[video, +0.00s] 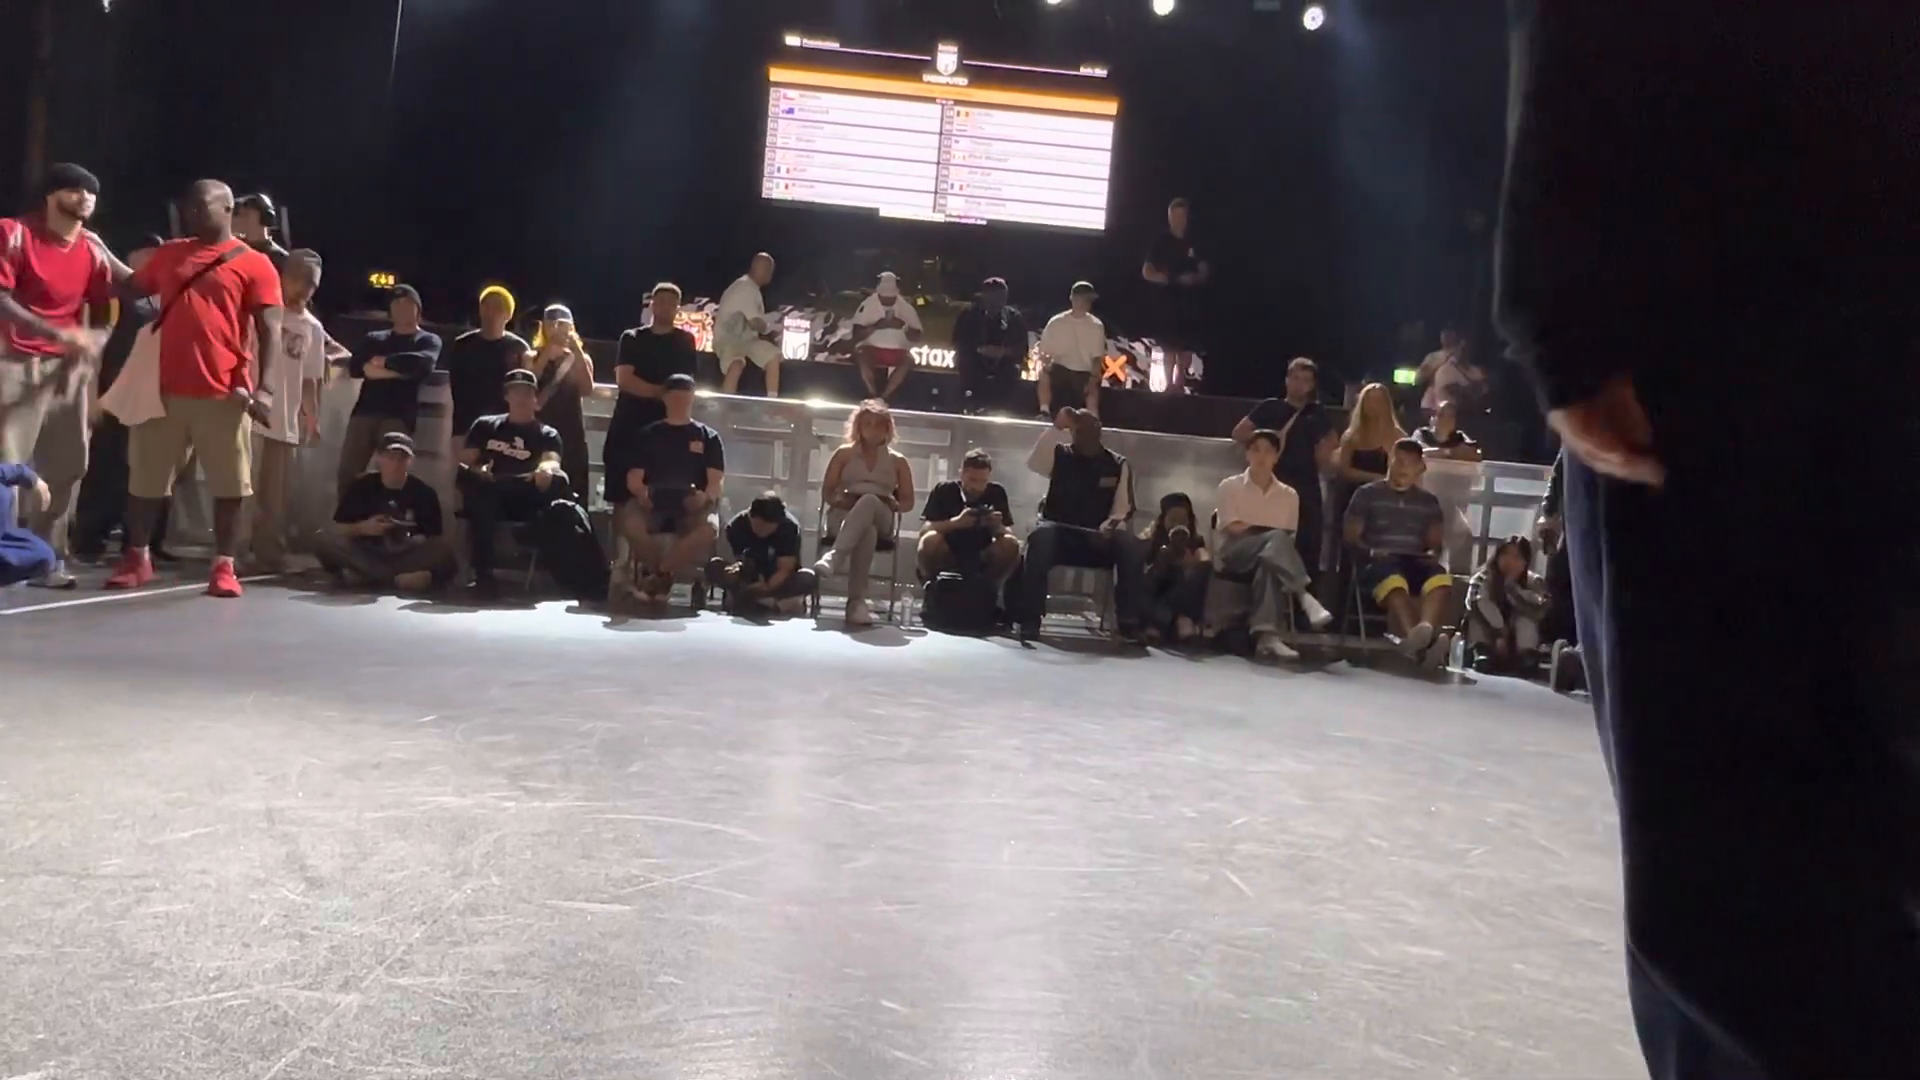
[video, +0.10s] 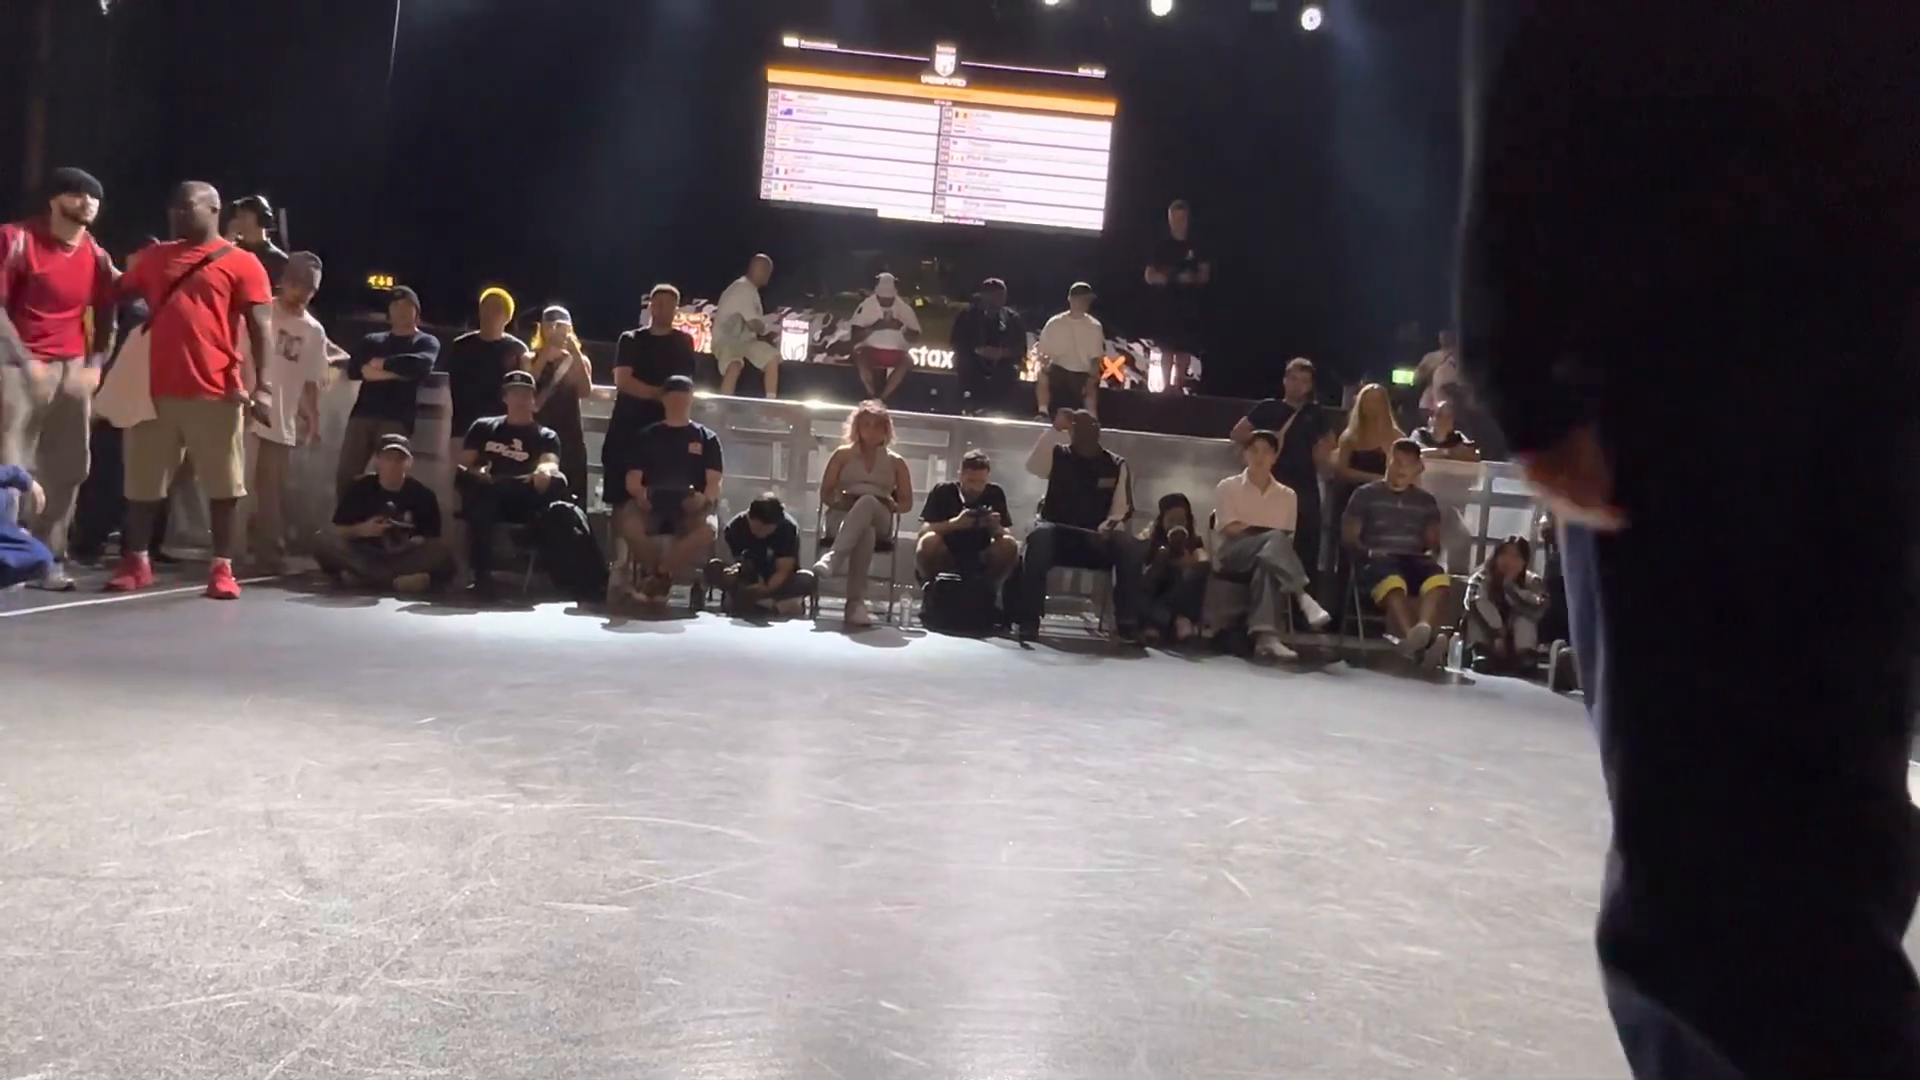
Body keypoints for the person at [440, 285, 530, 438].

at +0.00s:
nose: (491, 313)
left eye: (497, 308)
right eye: (487, 307)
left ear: (508, 315)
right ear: (480, 311)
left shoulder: (519, 348)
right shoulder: (461, 344)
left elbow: (523, 388)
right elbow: (455, 384)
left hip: (504, 425)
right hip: (466, 422)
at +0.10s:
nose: (490, 316)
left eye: (496, 311)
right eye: (486, 310)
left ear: (507, 317)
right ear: (480, 312)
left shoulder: (517, 349)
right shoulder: (460, 345)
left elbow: (522, 388)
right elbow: (451, 383)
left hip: (502, 427)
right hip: (464, 423)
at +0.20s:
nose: (489, 317)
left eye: (495, 312)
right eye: (486, 311)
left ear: (506, 318)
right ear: (479, 313)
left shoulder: (515, 350)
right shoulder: (458, 345)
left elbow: (519, 389)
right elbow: (450, 384)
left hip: (500, 426)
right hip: (462, 422)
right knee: (459, 485)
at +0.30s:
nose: (487, 318)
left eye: (493, 313)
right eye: (484, 311)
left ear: (505, 319)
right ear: (477, 313)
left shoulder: (514, 351)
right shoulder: (457, 345)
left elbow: (516, 391)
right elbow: (447, 382)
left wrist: (509, 426)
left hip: (497, 427)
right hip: (459, 423)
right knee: (455, 485)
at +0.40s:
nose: (484, 319)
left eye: (491, 314)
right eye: (481, 313)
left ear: (503, 320)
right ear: (475, 315)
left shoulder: (511, 352)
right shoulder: (455, 346)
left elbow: (514, 391)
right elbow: (445, 383)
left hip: (494, 426)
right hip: (457, 423)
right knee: (452, 487)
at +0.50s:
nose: (481, 323)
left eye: (487, 318)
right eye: (478, 317)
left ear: (499, 322)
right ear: (471, 317)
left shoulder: (510, 354)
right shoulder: (453, 348)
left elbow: (512, 395)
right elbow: (443, 387)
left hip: (493, 432)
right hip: (455, 429)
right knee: (452, 492)